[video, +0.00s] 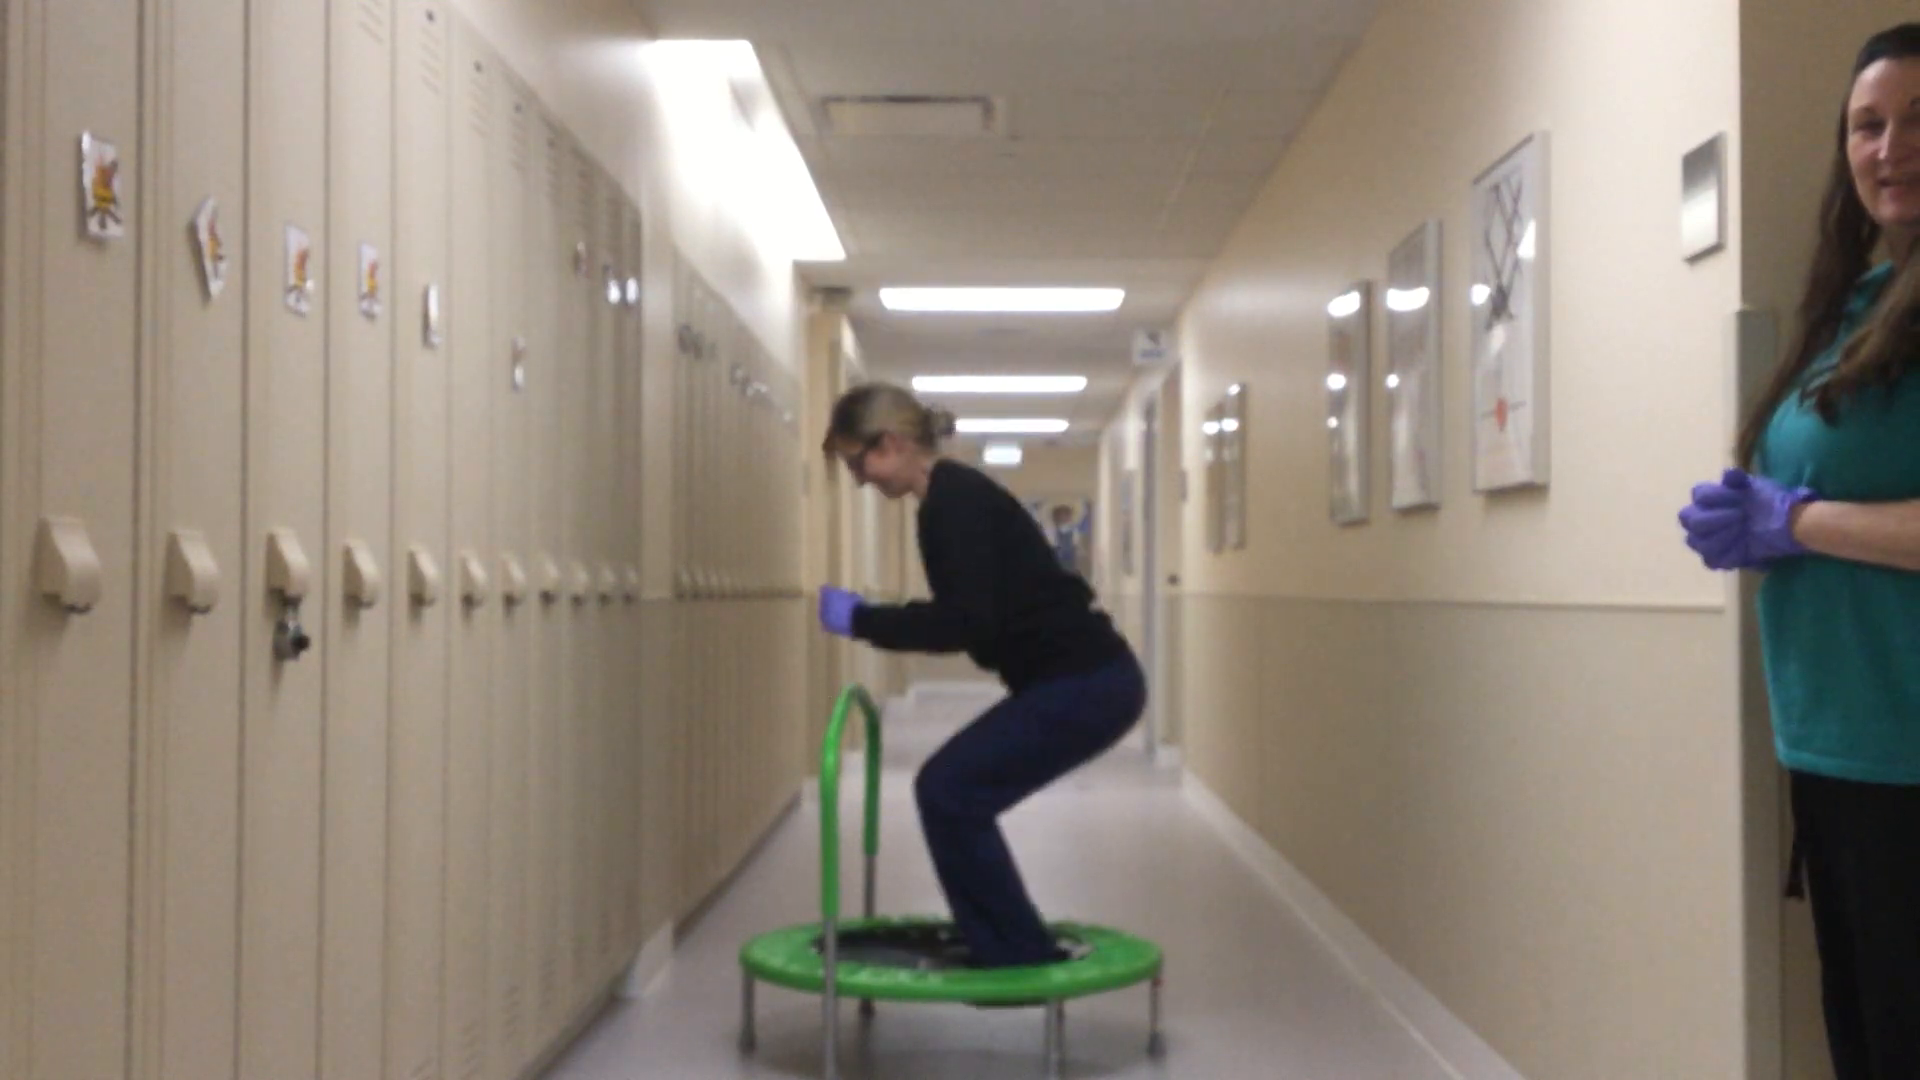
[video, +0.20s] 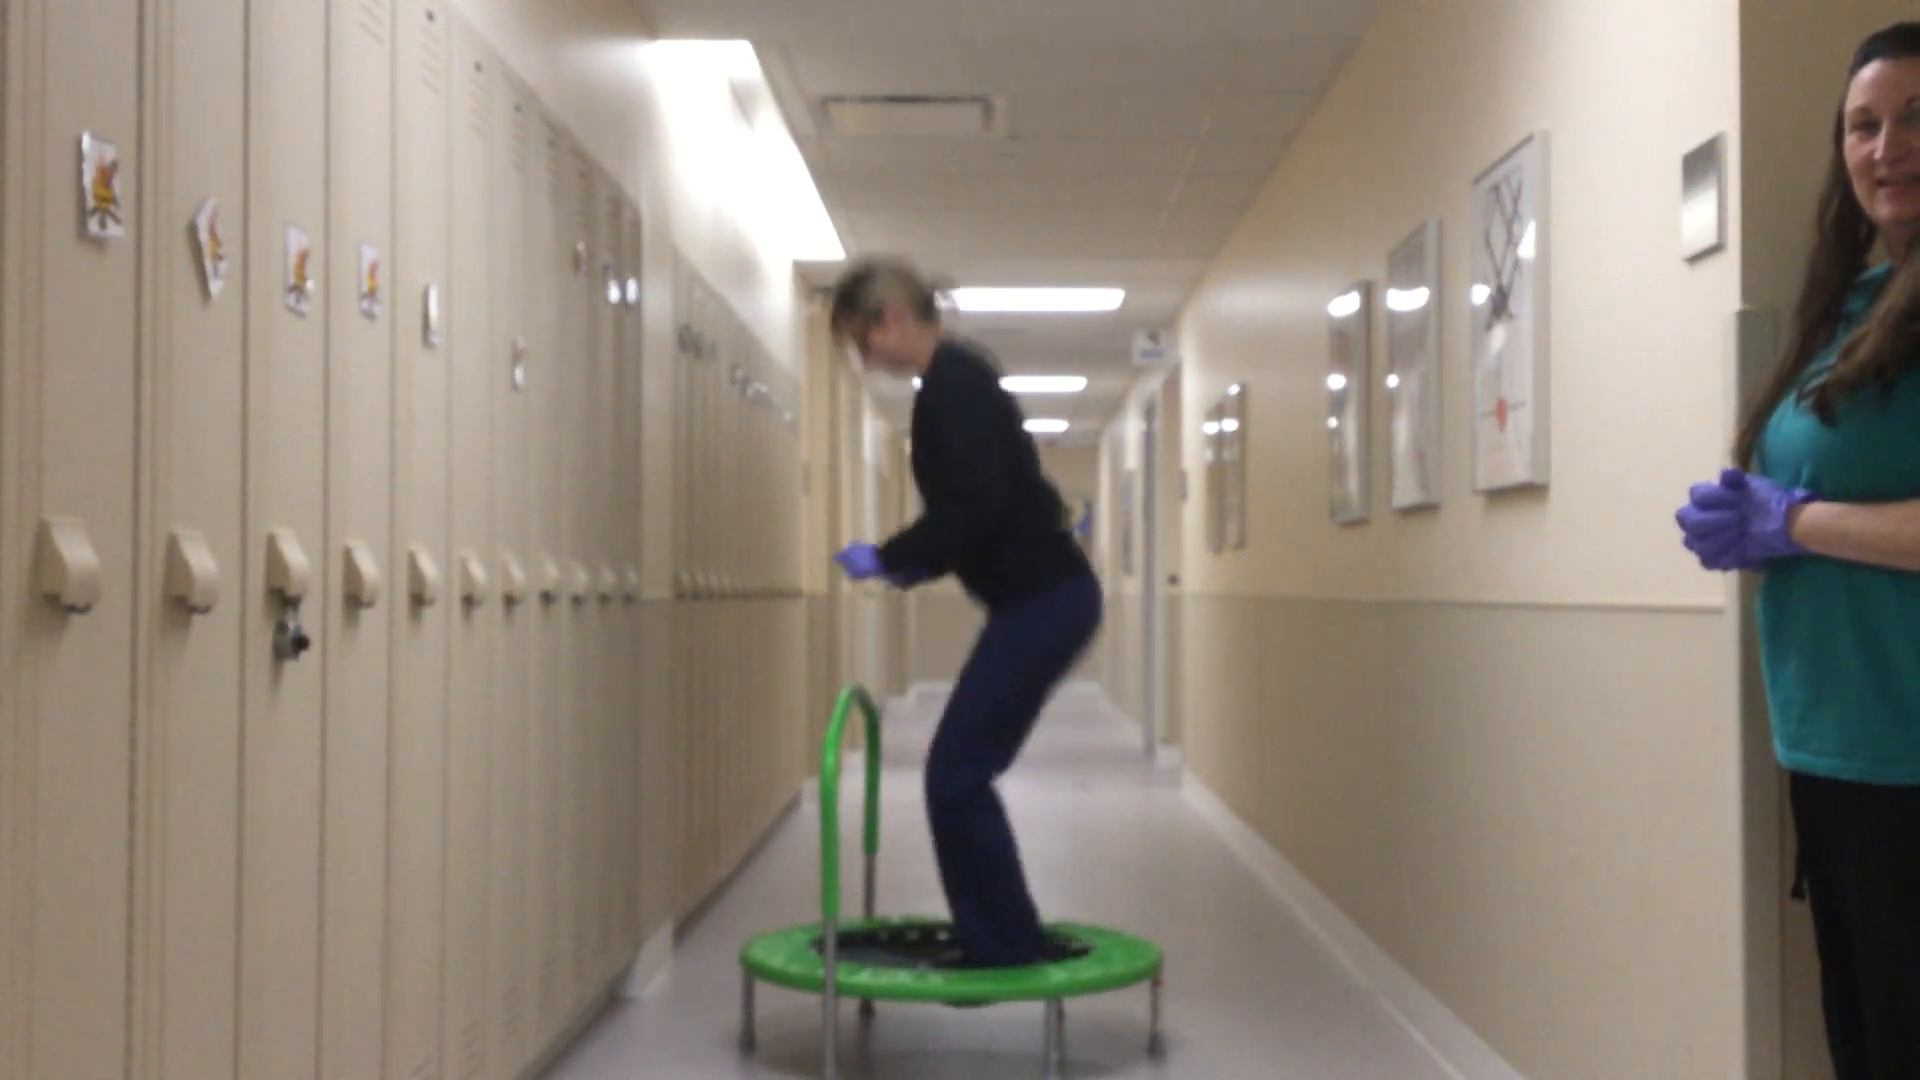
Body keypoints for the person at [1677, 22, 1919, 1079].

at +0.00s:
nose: (1888, 146)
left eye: (1910, 122)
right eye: (1868, 125)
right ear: (1844, 147)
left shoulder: (1919, 295)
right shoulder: (1846, 296)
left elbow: (1915, 523)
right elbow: (1805, 467)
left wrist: (1798, 519)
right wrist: (1753, 502)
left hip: (1899, 743)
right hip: (1824, 735)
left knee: (1898, 1030)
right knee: (1859, 1027)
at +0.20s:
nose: (1886, 147)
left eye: (1909, 122)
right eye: (1865, 125)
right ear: (1840, 147)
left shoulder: (1916, 296)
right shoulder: (1843, 296)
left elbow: (1913, 524)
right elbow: (1805, 467)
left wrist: (1794, 520)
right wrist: (1753, 503)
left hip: (1898, 744)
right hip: (1823, 735)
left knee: (1897, 1029)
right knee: (1858, 1027)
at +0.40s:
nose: (1884, 150)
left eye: (1909, 123)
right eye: (1861, 128)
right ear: (1837, 150)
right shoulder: (1840, 298)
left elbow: (1918, 526)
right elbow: (1803, 467)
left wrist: (1792, 523)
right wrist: (1754, 503)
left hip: (1902, 749)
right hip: (1822, 741)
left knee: (1900, 1035)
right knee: (1858, 1035)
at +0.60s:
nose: (1883, 152)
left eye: (1908, 125)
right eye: (1860, 130)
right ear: (1836, 153)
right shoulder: (1841, 300)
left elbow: (1917, 525)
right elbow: (1801, 465)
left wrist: (1792, 521)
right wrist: (1751, 501)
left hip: (1901, 747)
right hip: (1820, 739)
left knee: (1900, 1034)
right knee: (1856, 1034)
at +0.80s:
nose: (1876, 155)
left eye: (1901, 126)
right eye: (1853, 133)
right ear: (1832, 157)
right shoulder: (1839, 302)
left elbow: (1917, 524)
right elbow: (1802, 467)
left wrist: (1790, 520)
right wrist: (1748, 504)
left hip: (1900, 748)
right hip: (1819, 740)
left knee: (1897, 1035)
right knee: (1854, 1034)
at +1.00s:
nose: (1824, 172)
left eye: (1846, 141)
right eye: (1816, 148)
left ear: (1914, 143)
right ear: (1821, 159)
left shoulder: (1917, 302)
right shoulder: (1837, 301)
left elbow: (1914, 529)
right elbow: (1795, 460)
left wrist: (1790, 522)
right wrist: (1747, 502)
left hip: (1896, 742)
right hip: (1815, 732)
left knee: (1894, 1032)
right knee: (1850, 1027)